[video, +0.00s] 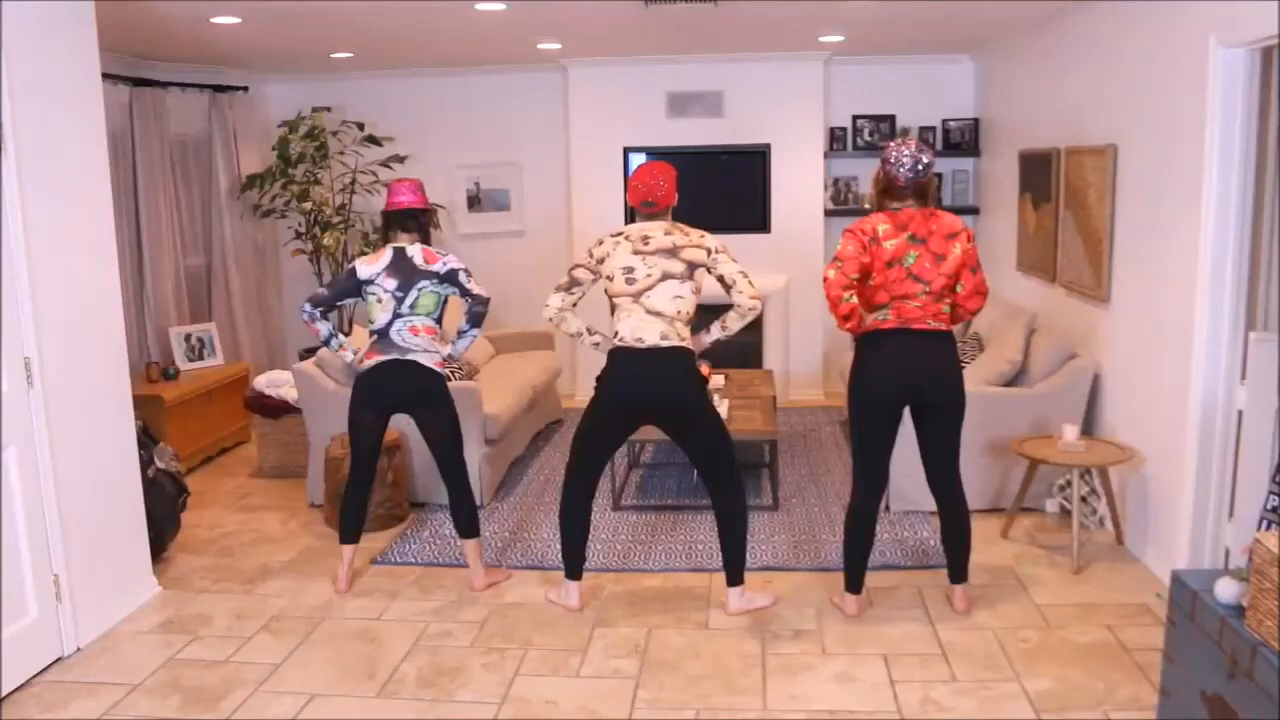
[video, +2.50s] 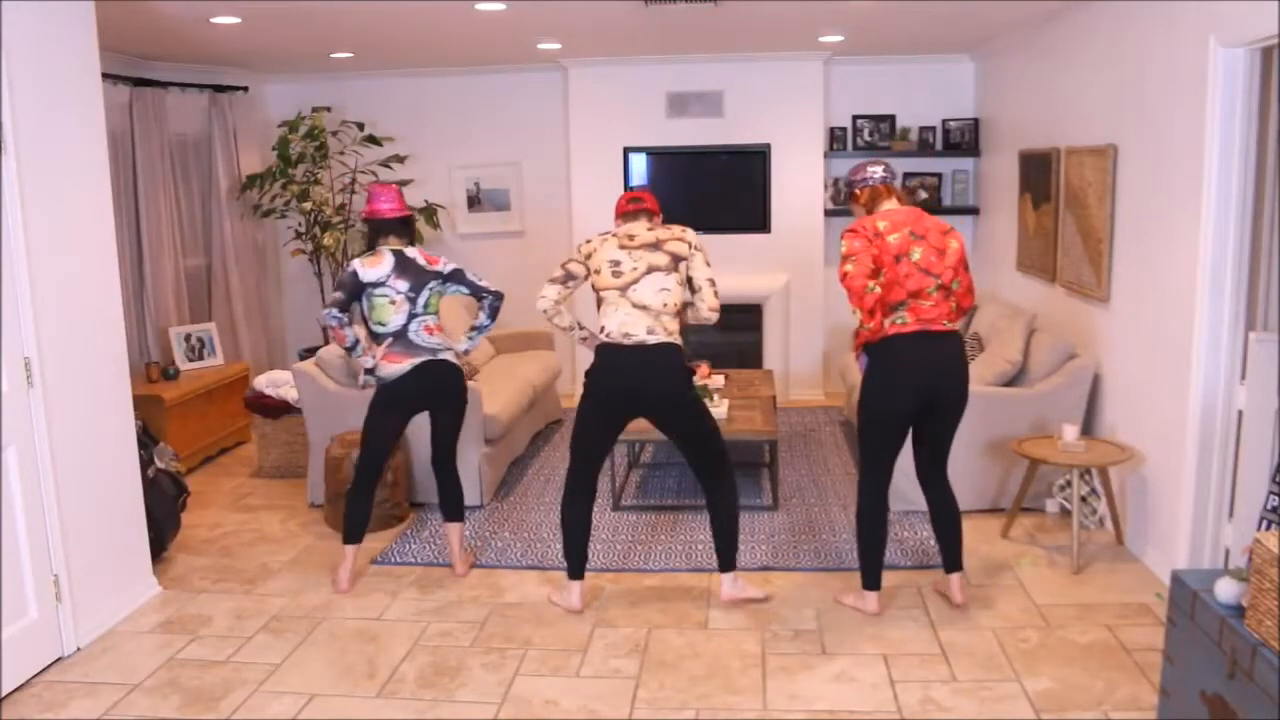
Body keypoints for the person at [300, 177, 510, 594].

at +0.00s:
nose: (423, 226)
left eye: (402, 221)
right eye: (424, 220)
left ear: (387, 222)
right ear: (426, 221)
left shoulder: (367, 265)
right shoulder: (443, 262)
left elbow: (310, 308)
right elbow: (479, 301)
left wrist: (348, 351)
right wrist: (455, 351)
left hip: (373, 380)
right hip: (426, 380)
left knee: (360, 473)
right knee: (455, 473)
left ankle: (345, 572)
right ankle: (478, 572)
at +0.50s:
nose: (422, 225)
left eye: (402, 221)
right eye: (422, 219)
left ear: (384, 222)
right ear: (423, 221)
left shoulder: (365, 266)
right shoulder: (440, 262)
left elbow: (309, 309)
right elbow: (478, 298)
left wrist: (347, 351)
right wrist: (455, 349)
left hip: (373, 380)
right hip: (425, 380)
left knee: (360, 473)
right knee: (455, 472)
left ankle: (344, 573)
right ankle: (479, 572)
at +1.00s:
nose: (419, 226)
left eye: (395, 223)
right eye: (420, 220)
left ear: (382, 224)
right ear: (420, 222)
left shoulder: (365, 267)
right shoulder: (439, 261)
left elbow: (309, 311)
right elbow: (477, 297)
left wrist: (348, 352)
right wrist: (455, 348)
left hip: (374, 380)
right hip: (426, 380)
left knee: (361, 475)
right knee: (456, 474)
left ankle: (344, 573)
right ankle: (479, 572)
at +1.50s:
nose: (418, 225)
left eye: (393, 222)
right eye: (420, 219)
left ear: (381, 223)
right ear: (421, 220)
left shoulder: (366, 266)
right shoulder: (439, 260)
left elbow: (309, 311)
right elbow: (480, 295)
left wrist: (348, 352)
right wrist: (457, 347)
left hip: (376, 380)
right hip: (427, 379)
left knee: (362, 474)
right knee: (456, 473)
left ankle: (345, 572)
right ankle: (479, 573)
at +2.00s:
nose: (374, 227)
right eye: (382, 218)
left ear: (344, 221)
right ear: (385, 218)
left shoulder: (327, 264)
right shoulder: (406, 259)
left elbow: (277, 309)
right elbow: (453, 297)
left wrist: (313, 353)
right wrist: (430, 343)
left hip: (347, 383)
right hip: (401, 379)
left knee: (345, 474)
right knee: (439, 463)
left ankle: (340, 571)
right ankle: (471, 559)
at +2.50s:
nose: (377, 235)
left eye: (371, 228)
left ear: (371, 229)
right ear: (410, 225)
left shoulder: (362, 269)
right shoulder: (436, 262)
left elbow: (332, 316)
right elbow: (491, 296)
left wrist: (362, 352)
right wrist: (467, 346)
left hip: (397, 384)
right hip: (448, 378)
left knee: (367, 470)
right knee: (445, 462)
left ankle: (346, 569)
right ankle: (459, 556)